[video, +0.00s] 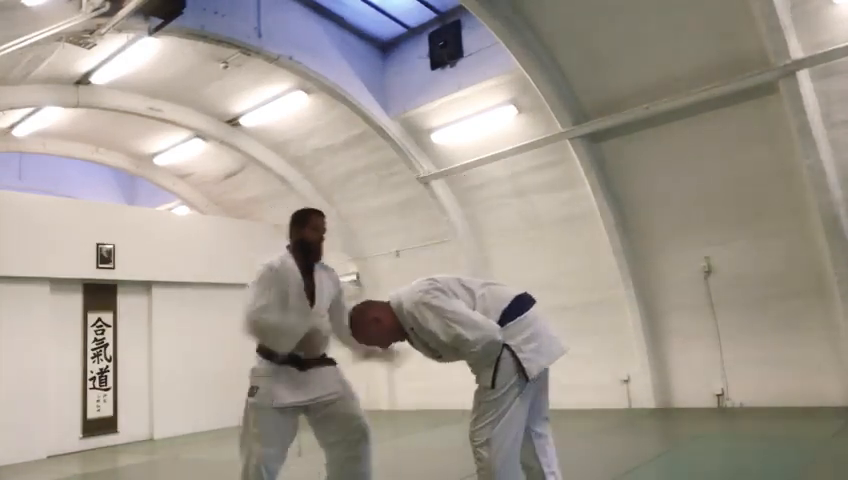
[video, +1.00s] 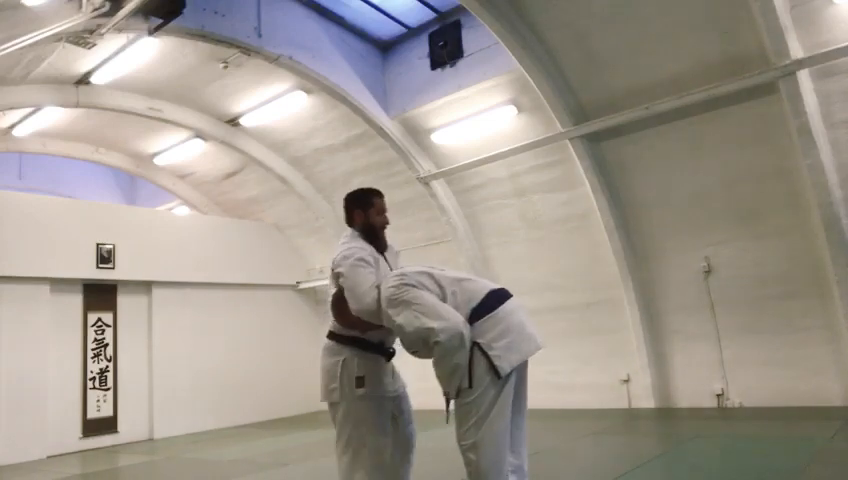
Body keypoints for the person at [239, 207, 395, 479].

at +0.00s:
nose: (322, 237)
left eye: (324, 231)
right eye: (316, 230)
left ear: (322, 235)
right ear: (297, 233)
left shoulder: (329, 277)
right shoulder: (275, 271)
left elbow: (343, 327)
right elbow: (256, 319)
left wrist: (374, 347)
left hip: (321, 374)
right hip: (276, 376)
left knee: (352, 437)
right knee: (260, 460)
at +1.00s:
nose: (387, 220)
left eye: (386, 213)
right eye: (381, 213)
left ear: (363, 217)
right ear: (358, 216)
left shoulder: (377, 253)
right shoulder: (355, 253)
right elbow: (367, 305)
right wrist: (409, 309)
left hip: (379, 360)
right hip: (353, 362)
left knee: (401, 440)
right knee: (367, 455)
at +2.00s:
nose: (371, 233)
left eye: (375, 227)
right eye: (365, 225)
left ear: (377, 227)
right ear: (347, 221)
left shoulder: (378, 263)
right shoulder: (322, 254)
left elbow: (391, 302)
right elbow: (301, 299)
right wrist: (344, 290)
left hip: (366, 363)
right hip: (325, 363)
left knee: (387, 444)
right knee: (324, 451)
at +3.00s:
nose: (370, 227)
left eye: (373, 221)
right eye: (366, 220)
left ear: (374, 219)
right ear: (346, 215)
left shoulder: (378, 248)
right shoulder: (322, 246)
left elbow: (404, 278)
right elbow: (327, 287)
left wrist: (417, 301)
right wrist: (377, 289)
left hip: (378, 332)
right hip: (344, 336)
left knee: (380, 411)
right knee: (402, 360)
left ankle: (377, 466)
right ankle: (372, 459)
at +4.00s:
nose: (394, 200)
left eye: (396, 192)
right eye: (390, 191)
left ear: (368, 187)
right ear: (364, 185)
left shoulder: (388, 228)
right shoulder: (349, 223)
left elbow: (423, 272)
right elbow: (410, 265)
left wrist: (485, 286)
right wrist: (481, 275)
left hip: (396, 346)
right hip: (354, 351)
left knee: (457, 381)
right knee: (376, 460)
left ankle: (390, 454)